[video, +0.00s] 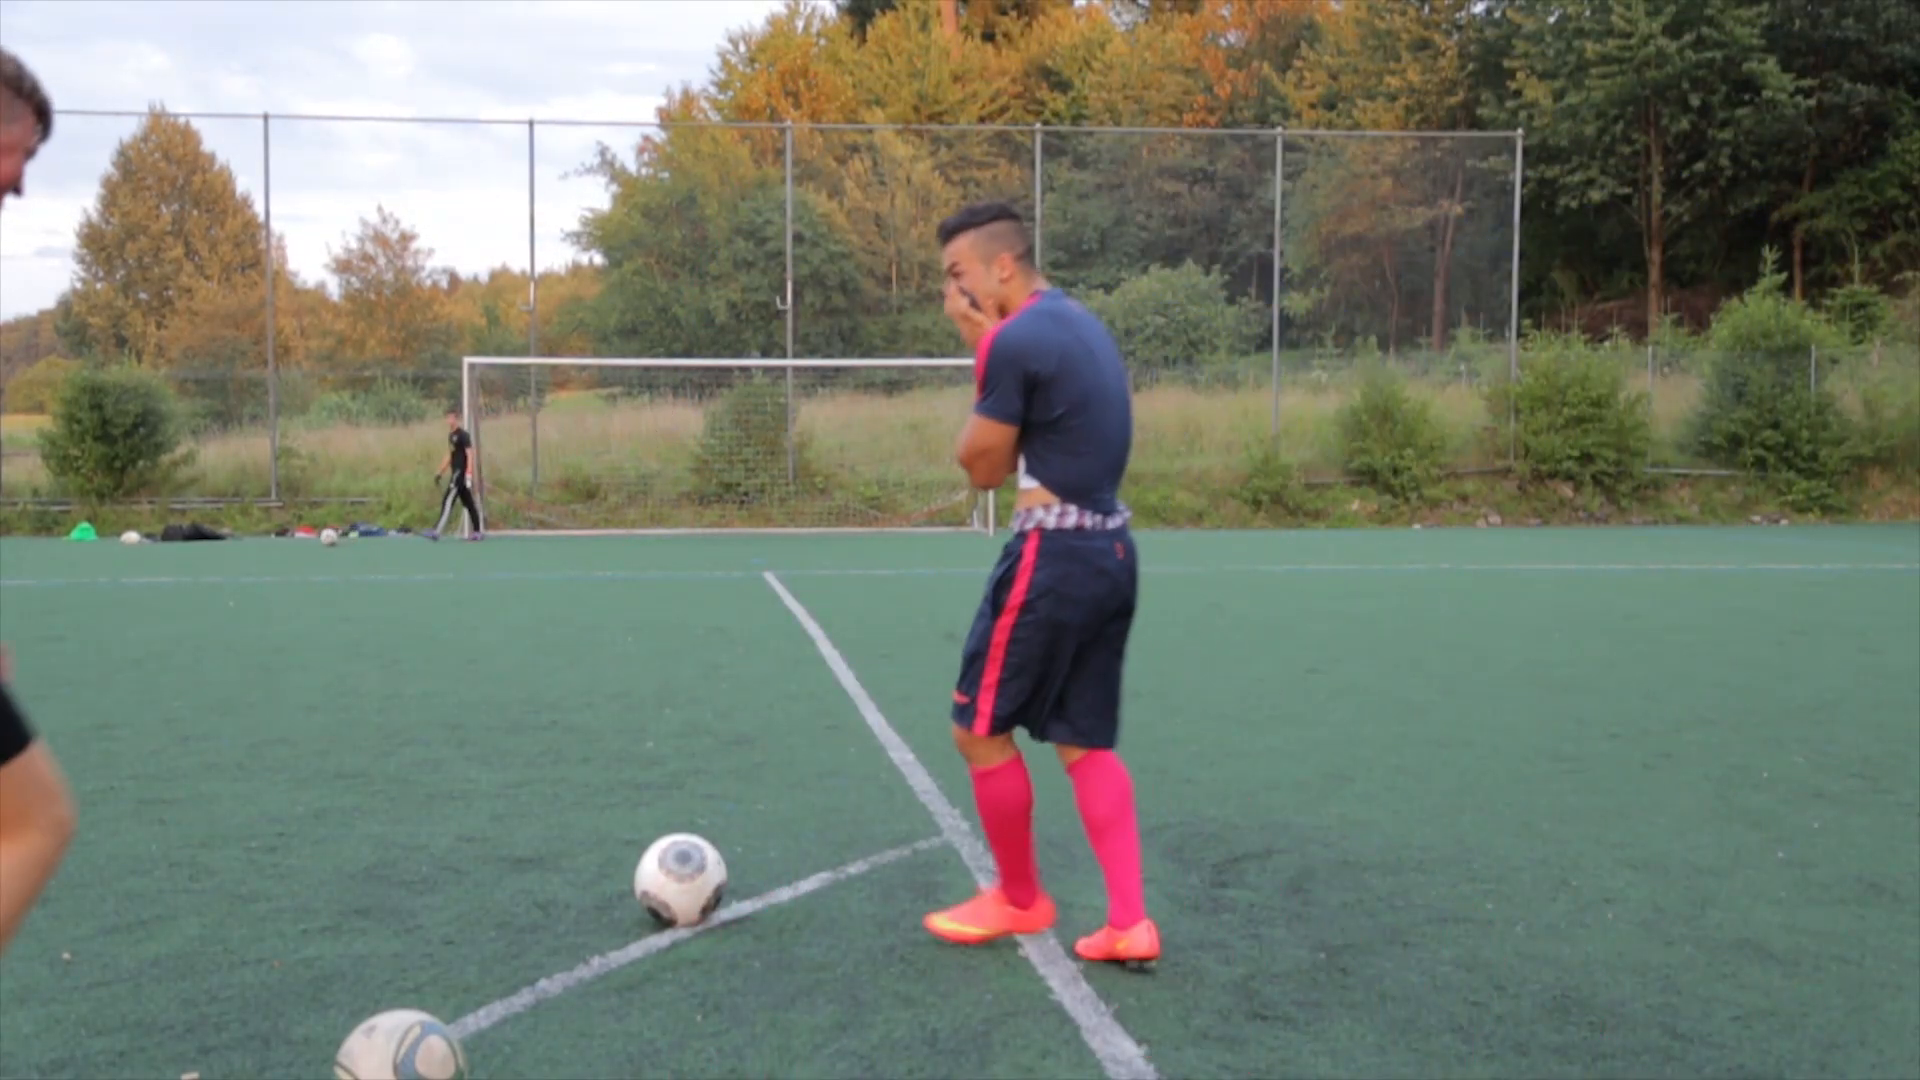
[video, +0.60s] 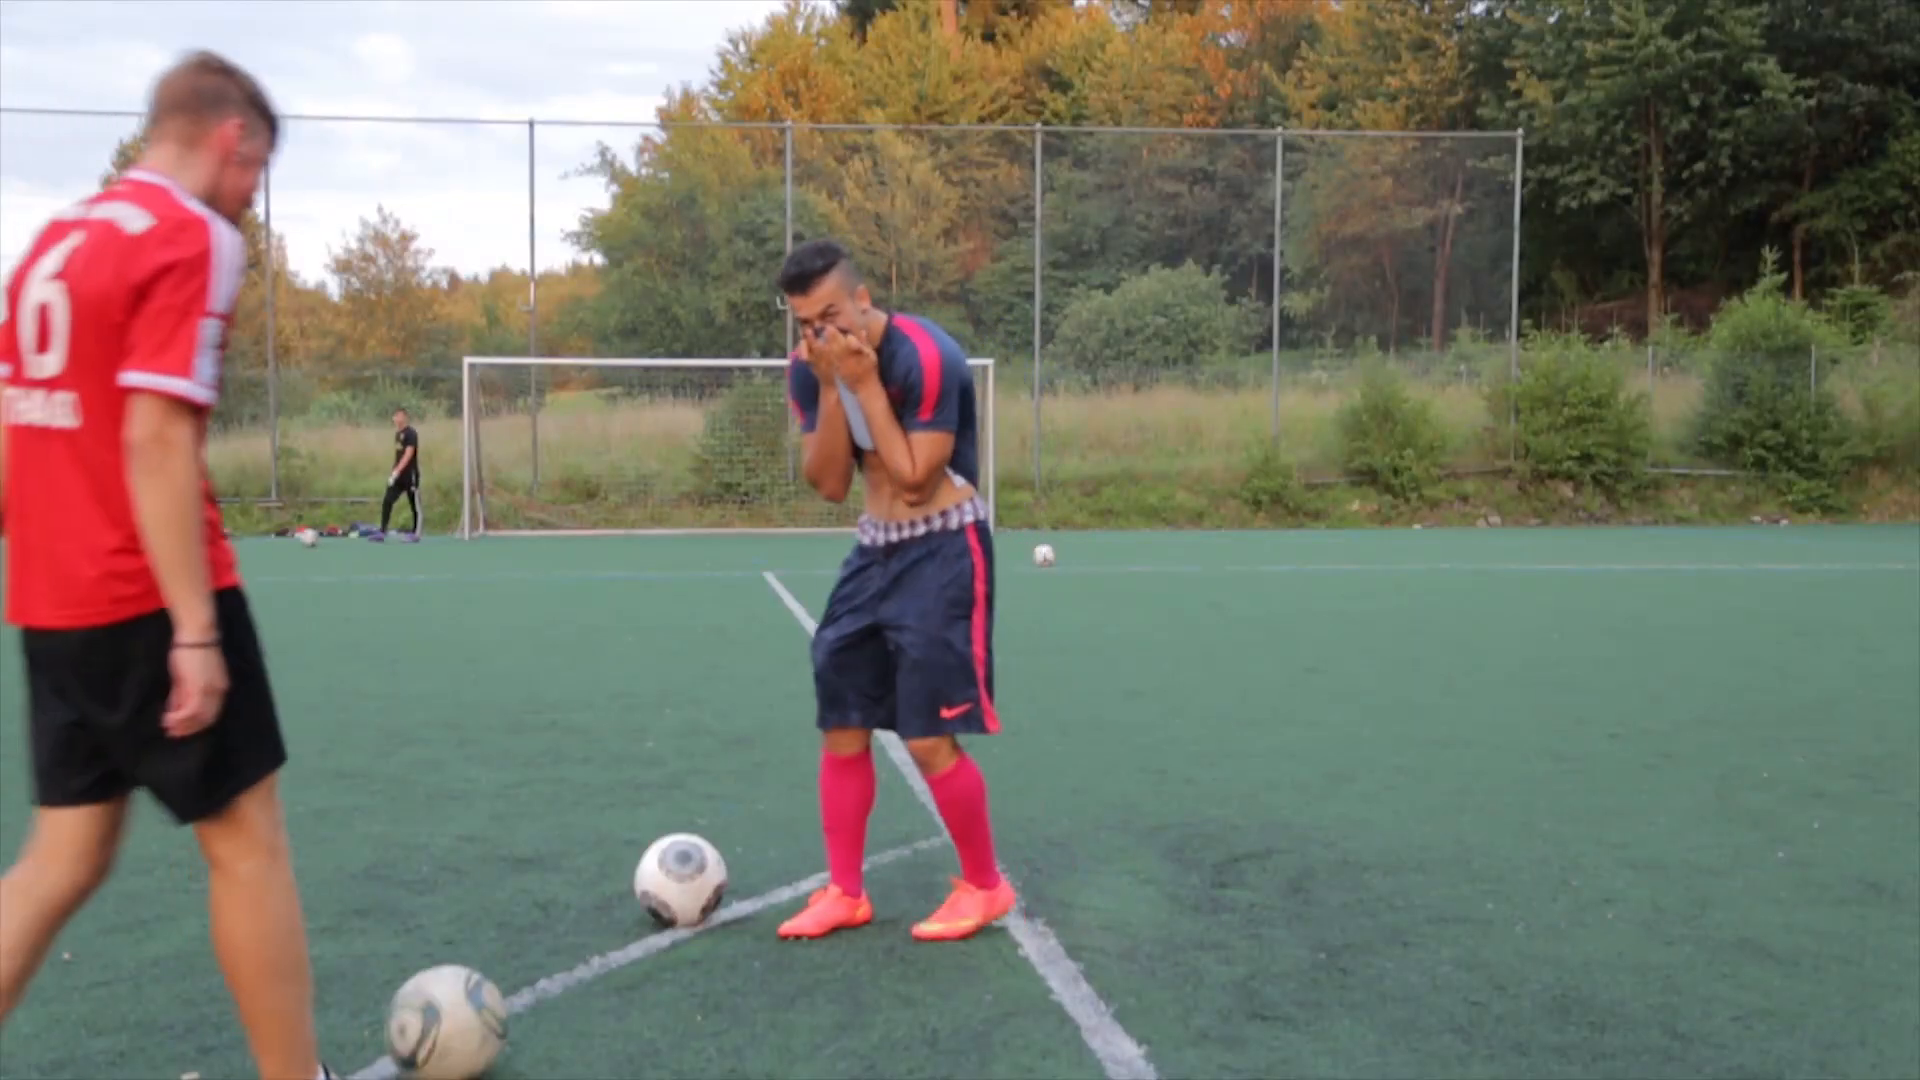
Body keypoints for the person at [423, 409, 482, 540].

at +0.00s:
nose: (449, 421)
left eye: (451, 418)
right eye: (448, 418)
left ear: (456, 419)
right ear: (448, 420)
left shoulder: (463, 435)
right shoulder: (452, 435)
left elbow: (470, 455)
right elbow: (450, 455)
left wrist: (469, 474)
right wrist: (440, 472)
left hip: (461, 470)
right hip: (456, 469)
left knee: (448, 499)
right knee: (468, 502)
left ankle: (437, 531)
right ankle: (477, 530)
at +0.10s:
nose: (440, 423)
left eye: (442, 420)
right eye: (438, 420)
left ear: (447, 421)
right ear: (438, 422)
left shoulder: (453, 437)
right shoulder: (443, 437)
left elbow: (460, 457)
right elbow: (440, 458)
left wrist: (463, 475)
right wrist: (429, 473)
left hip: (452, 472)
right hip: (447, 472)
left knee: (439, 502)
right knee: (461, 503)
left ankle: (423, 532)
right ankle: (476, 529)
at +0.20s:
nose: (430, 424)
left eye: (432, 421)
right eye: (428, 421)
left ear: (437, 421)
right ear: (427, 423)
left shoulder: (443, 437)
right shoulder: (433, 438)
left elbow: (449, 457)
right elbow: (431, 460)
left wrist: (453, 476)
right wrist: (421, 476)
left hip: (440, 473)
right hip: (436, 473)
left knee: (428, 502)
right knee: (449, 503)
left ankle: (417, 533)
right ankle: (469, 525)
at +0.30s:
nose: (421, 421)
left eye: (423, 418)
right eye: (420, 418)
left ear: (428, 419)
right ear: (419, 420)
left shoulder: (434, 435)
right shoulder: (423, 435)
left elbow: (438, 456)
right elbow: (423, 457)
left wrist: (440, 475)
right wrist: (417, 473)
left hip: (430, 471)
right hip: (424, 471)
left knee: (421, 502)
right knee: (429, 504)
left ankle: (416, 533)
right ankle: (455, 520)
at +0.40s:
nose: (412, 420)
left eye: (415, 417)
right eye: (411, 417)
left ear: (421, 419)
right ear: (410, 419)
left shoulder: (425, 434)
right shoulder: (415, 433)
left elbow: (428, 456)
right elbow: (417, 455)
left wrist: (425, 473)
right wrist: (413, 471)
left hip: (422, 472)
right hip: (414, 471)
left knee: (419, 502)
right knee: (411, 500)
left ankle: (416, 532)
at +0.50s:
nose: (405, 419)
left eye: (407, 416)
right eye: (403, 416)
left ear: (413, 417)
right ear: (403, 418)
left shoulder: (418, 432)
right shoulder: (407, 433)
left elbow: (418, 454)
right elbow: (408, 454)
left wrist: (410, 473)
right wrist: (405, 470)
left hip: (416, 471)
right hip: (406, 470)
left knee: (416, 502)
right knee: (396, 499)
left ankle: (416, 531)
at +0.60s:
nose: (396, 421)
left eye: (399, 418)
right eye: (395, 418)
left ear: (405, 419)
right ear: (394, 420)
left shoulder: (411, 434)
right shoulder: (398, 434)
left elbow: (408, 454)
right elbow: (399, 454)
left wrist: (396, 472)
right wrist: (395, 470)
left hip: (410, 471)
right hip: (399, 471)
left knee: (414, 503)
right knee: (387, 501)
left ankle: (416, 532)